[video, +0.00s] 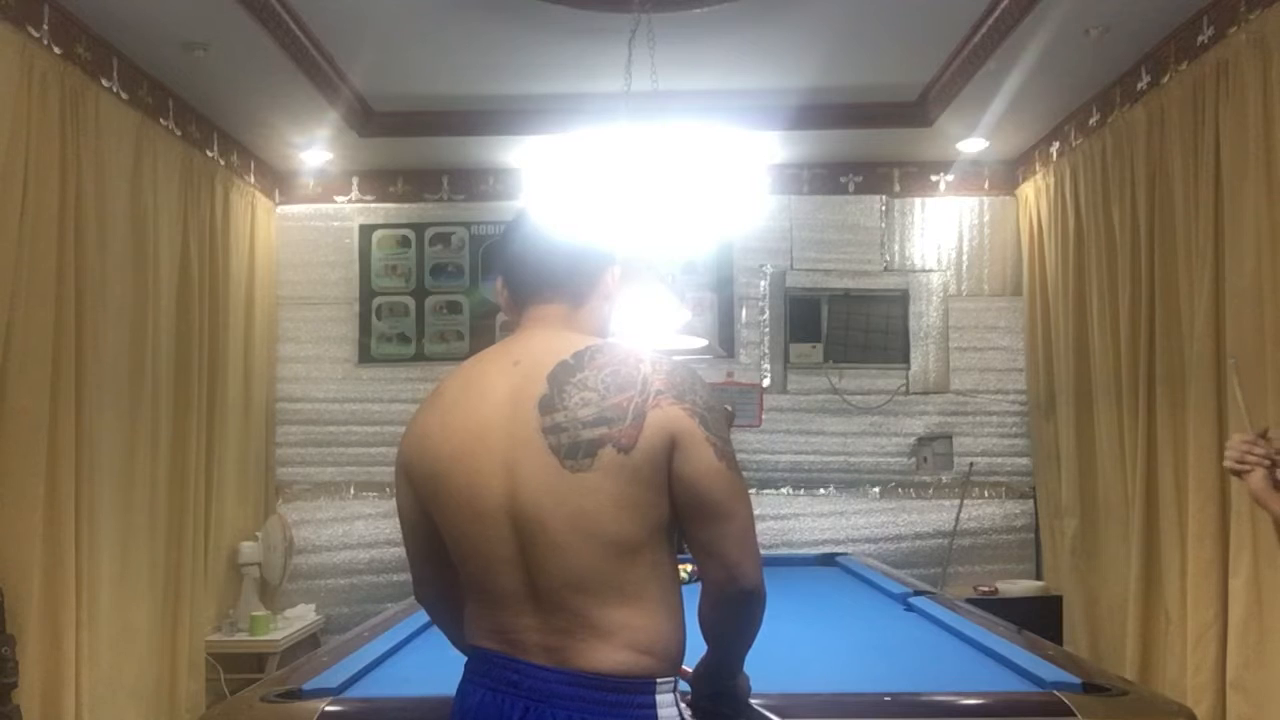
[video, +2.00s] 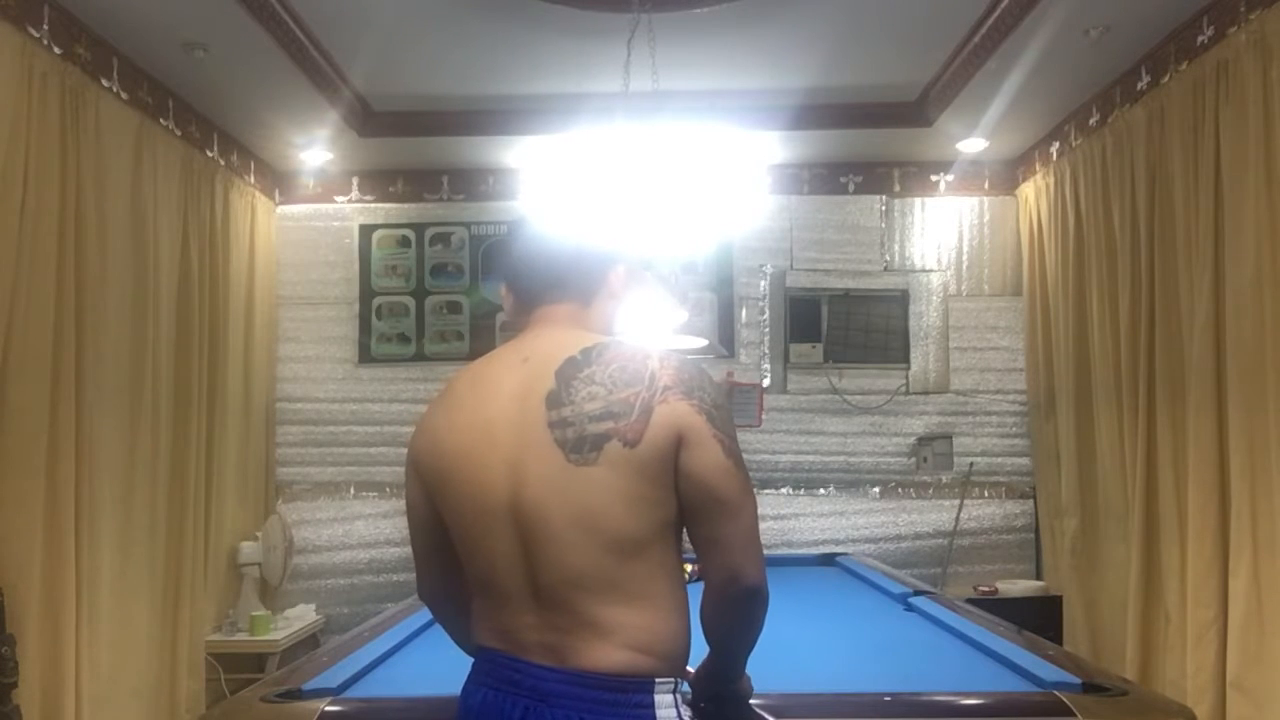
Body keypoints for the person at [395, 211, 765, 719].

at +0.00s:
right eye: (619, 284)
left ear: (501, 294)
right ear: (610, 283)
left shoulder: (434, 412)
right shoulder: (660, 391)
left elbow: (434, 588)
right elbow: (738, 581)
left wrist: (497, 661)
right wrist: (722, 674)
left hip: (487, 698)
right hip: (629, 702)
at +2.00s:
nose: (636, 290)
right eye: (634, 278)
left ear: (509, 294)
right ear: (618, 280)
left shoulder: (445, 408)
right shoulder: (669, 384)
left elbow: (439, 587)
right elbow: (740, 580)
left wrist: (504, 661)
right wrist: (723, 674)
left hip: (491, 697)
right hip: (634, 701)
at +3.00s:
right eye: (630, 282)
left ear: (507, 303)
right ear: (613, 285)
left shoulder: (443, 409)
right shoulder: (668, 385)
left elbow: (437, 585)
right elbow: (739, 578)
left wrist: (502, 658)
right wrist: (723, 673)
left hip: (486, 697)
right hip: (626, 703)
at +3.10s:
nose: (499, 309)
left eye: (501, 295)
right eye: (632, 284)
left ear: (509, 298)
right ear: (616, 285)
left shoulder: (444, 407)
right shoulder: (668, 386)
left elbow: (436, 583)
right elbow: (738, 580)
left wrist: (500, 657)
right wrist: (722, 674)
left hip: (485, 697)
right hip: (624, 703)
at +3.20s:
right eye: (635, 284)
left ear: (511, 299)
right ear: (617, 286)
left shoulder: (444, 407)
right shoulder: (666, 386)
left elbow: (436, 583)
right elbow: (737, 579)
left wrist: (501, 656)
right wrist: (722, 674)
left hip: (483, 696)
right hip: (623, 702)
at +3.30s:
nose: (640, 298)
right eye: (636, 284)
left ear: (512, 299)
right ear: (618, 286)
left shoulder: (445, 406)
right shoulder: (665, 386)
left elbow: (436, 583)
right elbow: (737, 581)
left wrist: (500, 656)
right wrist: (722, 675)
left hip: (482, 696)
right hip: (621, 702)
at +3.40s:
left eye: (506, 293)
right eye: (636, 285)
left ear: (513, 296)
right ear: (621, 287)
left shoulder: (444, 406)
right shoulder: (666, 387)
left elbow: (436, 583)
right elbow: (736, 582)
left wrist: (500, 657)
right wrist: (722, 675)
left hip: (481, 696)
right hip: (620, 702)